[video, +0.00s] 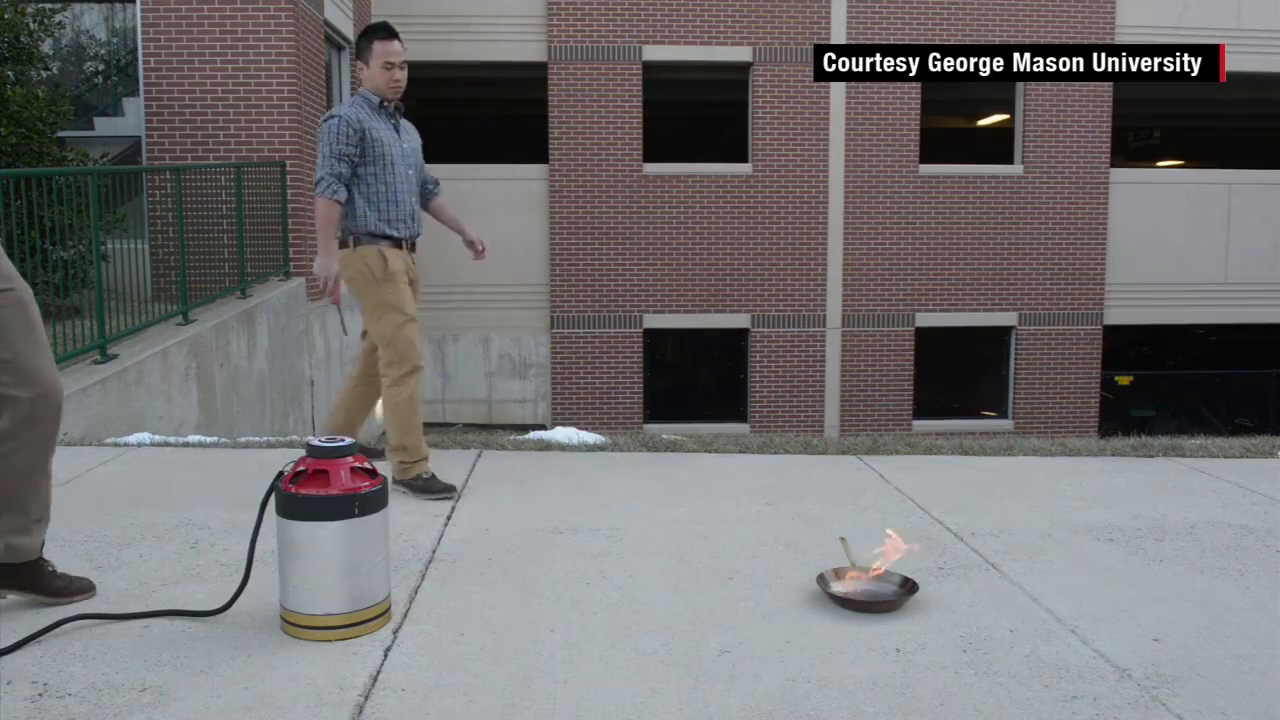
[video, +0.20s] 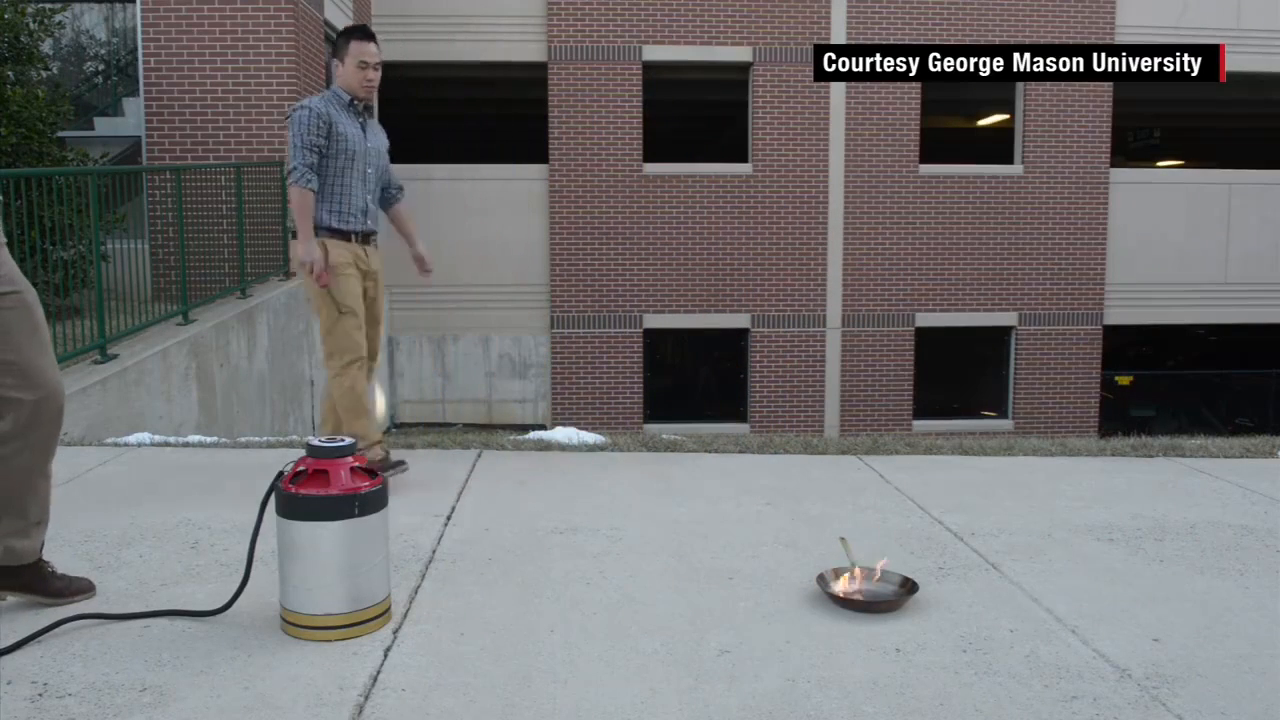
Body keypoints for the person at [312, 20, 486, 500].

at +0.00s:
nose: (399, 74)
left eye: (403, 65)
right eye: (388, 66)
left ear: (406, 68)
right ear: (361, 69)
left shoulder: (406, 129)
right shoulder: (345, 121)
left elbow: (425, 192)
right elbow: (329, 192)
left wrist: (464, 230)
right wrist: (327, 257)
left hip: (404, 254)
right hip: (370, 254)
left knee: (377, 362)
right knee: (403, 360)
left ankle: (329, 448)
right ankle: (412, 469)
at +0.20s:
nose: (373, 74)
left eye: (377, 66)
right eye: (363, 65)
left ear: (379, 70)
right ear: (337, 67)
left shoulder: (374, 128)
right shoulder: (313, 112)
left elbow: (388, 192)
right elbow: (301, 178)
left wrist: (414, 243)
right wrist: (306, 239)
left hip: (368, 250)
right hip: (330, 248)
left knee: (365, 354)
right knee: (348, 353)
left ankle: (333, 444)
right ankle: (366, 448)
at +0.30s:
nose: (354, 71)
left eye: (358, 63)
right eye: (344, 62)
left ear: (362, 67)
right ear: (318, 65)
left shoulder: (361, 127)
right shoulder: (296, 111)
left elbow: (372, 195)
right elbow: (288, 180)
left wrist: (382, 249)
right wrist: (304, 236)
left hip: (354, 248)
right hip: (313, 243)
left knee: (356, 349)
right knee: (329, 345)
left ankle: (340, 439)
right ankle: (313, 442)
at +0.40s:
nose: (321, 69)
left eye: (325, 61)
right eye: (310, 61)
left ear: (330, 66)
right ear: (286, 65)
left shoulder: (327, 120)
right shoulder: (271, 113)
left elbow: (334, 191)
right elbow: (267, 181)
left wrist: (345, 243)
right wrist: (297, 227)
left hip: (331, 245)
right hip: (290, 243)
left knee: (342, 345)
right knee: (293, 339)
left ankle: (334, 443)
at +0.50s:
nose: (297, 71)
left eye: (301, 63)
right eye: (287, 63)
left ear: (305, 67)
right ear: (262, 68)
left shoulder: (303, 124)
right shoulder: (249, 116)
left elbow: (309, 191)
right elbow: (251, 182)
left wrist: (323, 238)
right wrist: (284, 225)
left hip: (309, 251)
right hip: (270, 250)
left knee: (337, 348)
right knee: (257, 348)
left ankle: (336, 444)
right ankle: (183, 427)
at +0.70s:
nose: (235, 76)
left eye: (239, 68)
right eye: (225, 67)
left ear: (242, 71)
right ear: (197, 70)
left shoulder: (243, 129)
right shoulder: (181, 122)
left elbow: (258, 199)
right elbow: (190, 191)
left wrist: (279, 249)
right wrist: (235, 229)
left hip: (250, 258)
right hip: (201, 257)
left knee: (283, 352)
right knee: (181, 361)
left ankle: (325, 437)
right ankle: (145, 454)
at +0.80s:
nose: (209, 67)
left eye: (213, 58)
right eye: (198, 59)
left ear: (217, 63)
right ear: (171, 63)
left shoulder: (219, 123)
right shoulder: (155, 116)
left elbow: (235, 188)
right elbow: (162, 185)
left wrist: (256, 241)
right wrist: (200, 230)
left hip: (224, 253)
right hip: (177, 252)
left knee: (257, 349)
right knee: (165, 359)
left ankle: (295, 440)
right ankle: (146, 456)